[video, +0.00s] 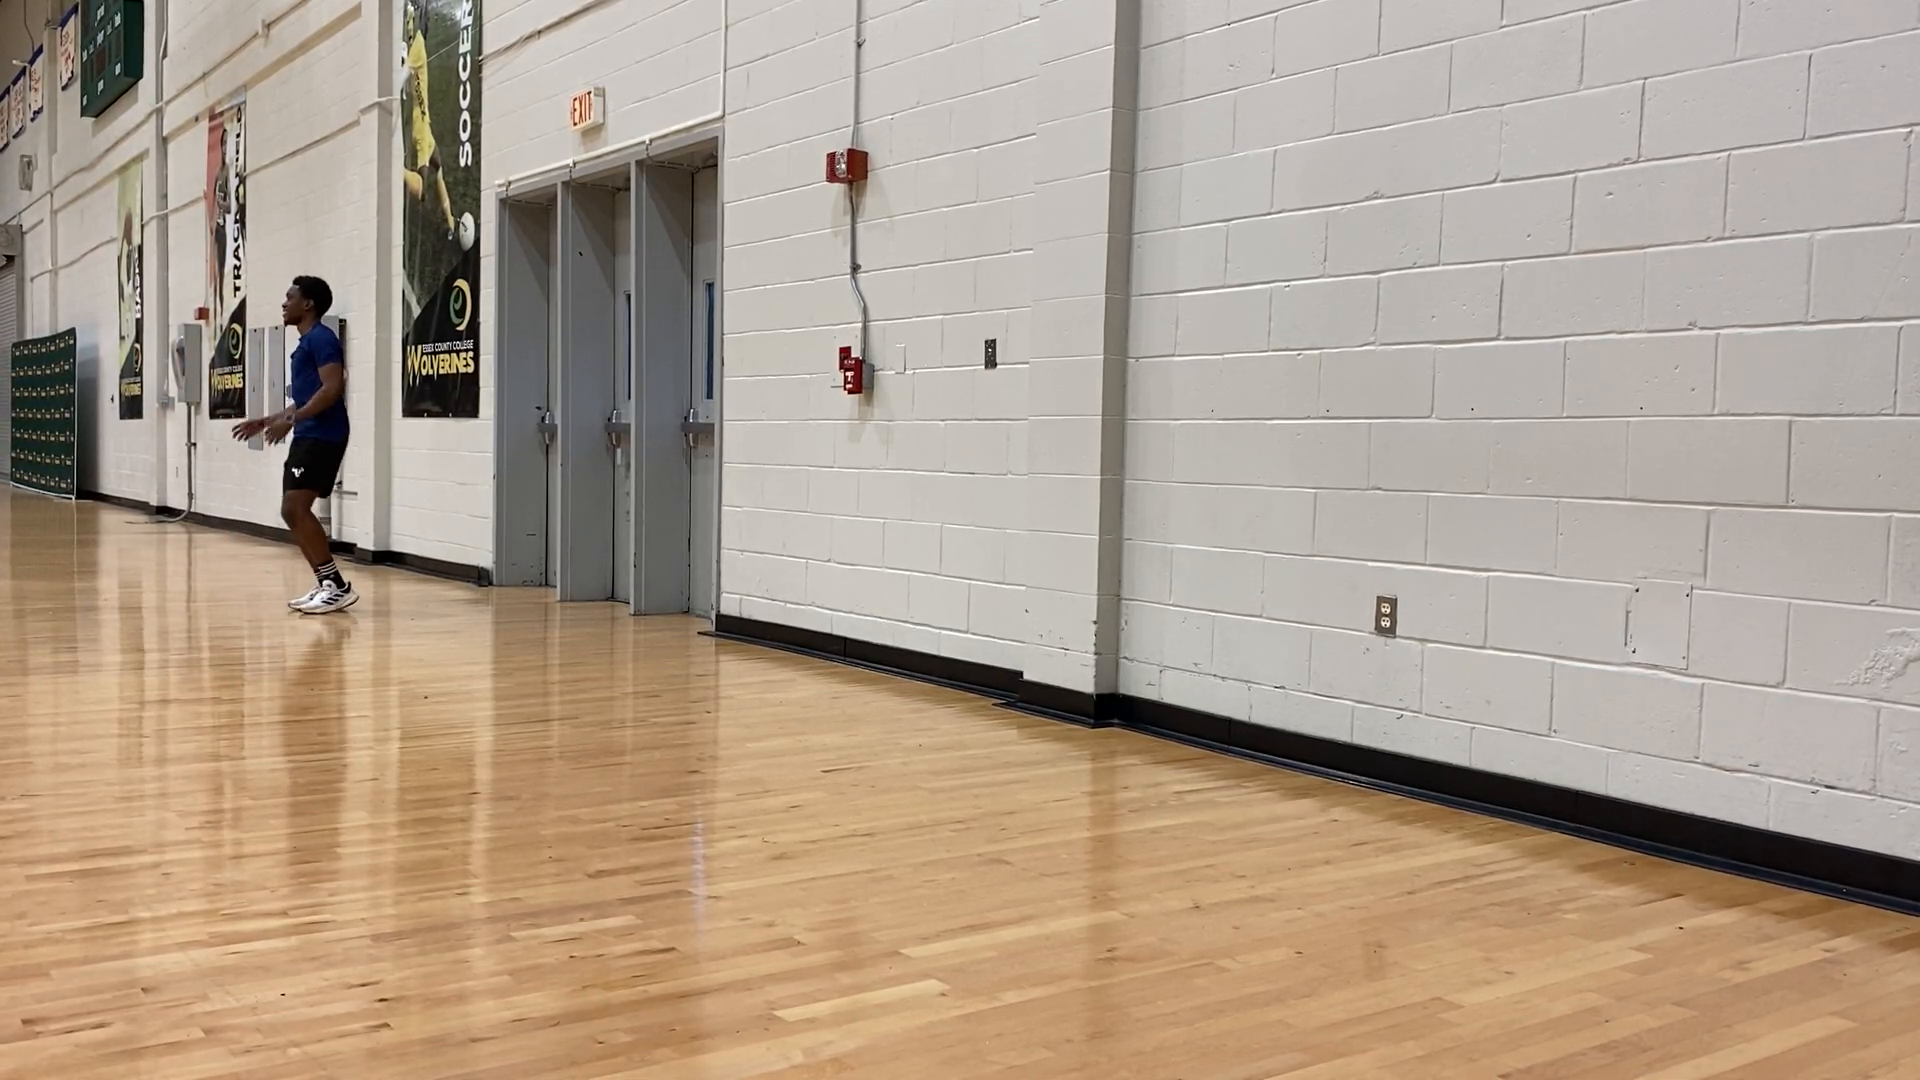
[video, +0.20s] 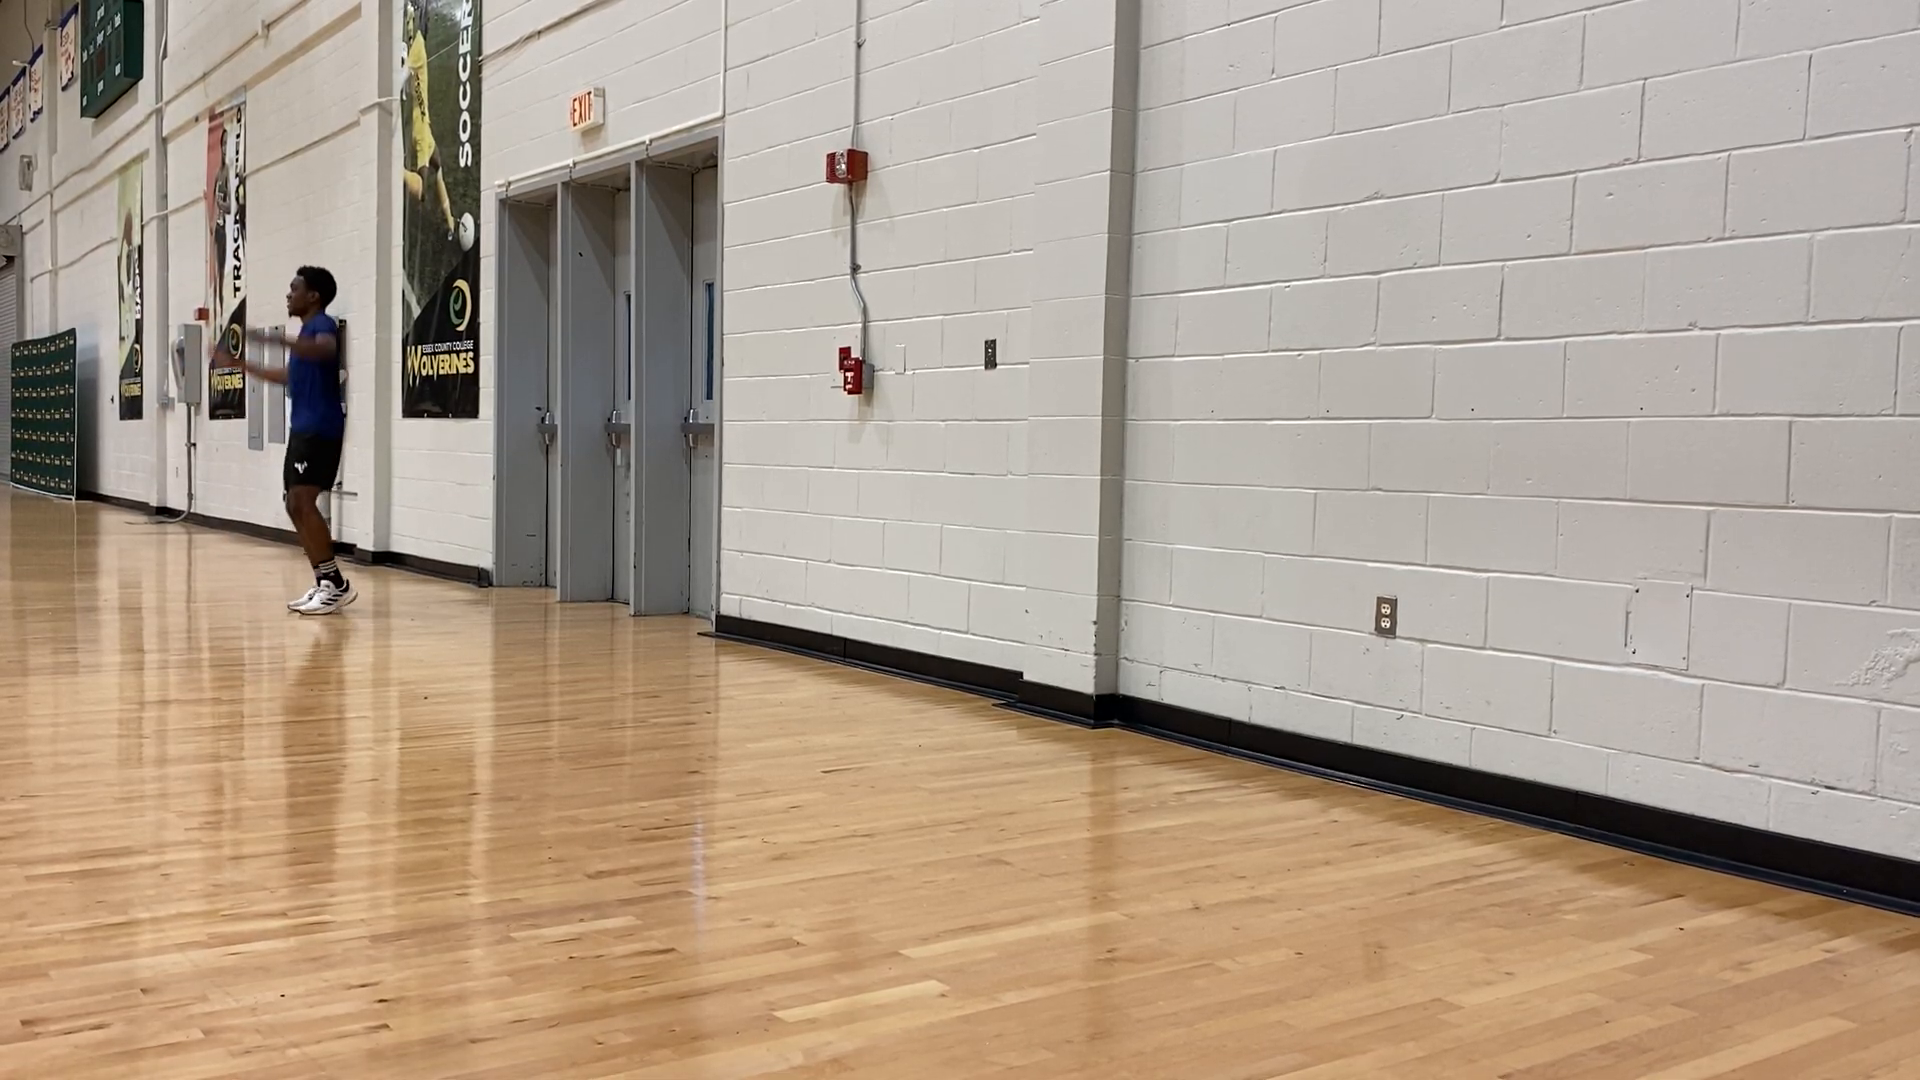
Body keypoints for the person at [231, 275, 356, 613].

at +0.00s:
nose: (283, 303)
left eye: (290, 298)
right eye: (286, 297)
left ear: (309, 304)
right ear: (305, 305)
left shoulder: (321, 338)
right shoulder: (305, 344)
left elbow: (332, 390)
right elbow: (302, 401)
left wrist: (291, 420)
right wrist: (265, 422)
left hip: (323, 436)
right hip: (310, 435)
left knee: (297, 508)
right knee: (291, 510)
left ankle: (335, 586)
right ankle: (326, 585)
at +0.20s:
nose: (288, 295)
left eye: (294, 289)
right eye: (290, 289)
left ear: (314, 296)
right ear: (310, 296)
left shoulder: (321, 322)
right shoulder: (304, 333)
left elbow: (325, 348)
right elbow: (287, 376)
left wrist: (278, 340)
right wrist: (238, 364)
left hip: (320, 430)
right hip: (304, 430)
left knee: (302, 503)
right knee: (294, 505)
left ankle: (334, 584)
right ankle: (326, 582)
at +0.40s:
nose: (285, 285)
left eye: (292, 280)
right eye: (286, 280)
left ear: (307, 286)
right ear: (291, 288)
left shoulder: (316, 311)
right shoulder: (298, 314)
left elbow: (320, 273)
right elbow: (276, 292)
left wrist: (284, 237)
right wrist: (267, 248)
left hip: (315, 410)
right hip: (298, 411)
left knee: (307, 494)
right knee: (291, 497)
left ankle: (335, 577)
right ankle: (317, 577)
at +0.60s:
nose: (285, 289)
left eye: (292, 283)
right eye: (286, 284)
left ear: (306, 292)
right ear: (292, 293)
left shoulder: (313, 320)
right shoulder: (293, 324)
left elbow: (311, 277)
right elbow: (276, 292)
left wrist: (296, 235)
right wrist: (278, 254)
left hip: (312, 422)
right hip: (294, 424)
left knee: (303, 500)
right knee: (286, 504)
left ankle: (338, 582)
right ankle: (320, 580)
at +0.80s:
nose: (286, 275)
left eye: (291, 270)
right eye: (289, 269)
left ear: (302, 277)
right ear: (306, 279)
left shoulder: (310, 304)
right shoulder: (294, 313)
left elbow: (325, 337)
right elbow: (281, 360)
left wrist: (288, 342)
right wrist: (242, 356)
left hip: (304, 407)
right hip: (288, 407)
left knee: (292, 489)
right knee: (288, 490)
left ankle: (317, 573)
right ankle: (311, 572)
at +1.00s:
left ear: (299, 305)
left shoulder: (303, 339)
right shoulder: (288, 338)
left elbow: (321, 387)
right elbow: (294, 385)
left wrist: (288, 418)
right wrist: (276, 417)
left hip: (305, 432)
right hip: (290, 430)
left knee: (283, 507)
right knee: (281, 506)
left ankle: (321, 585)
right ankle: (313, 584)